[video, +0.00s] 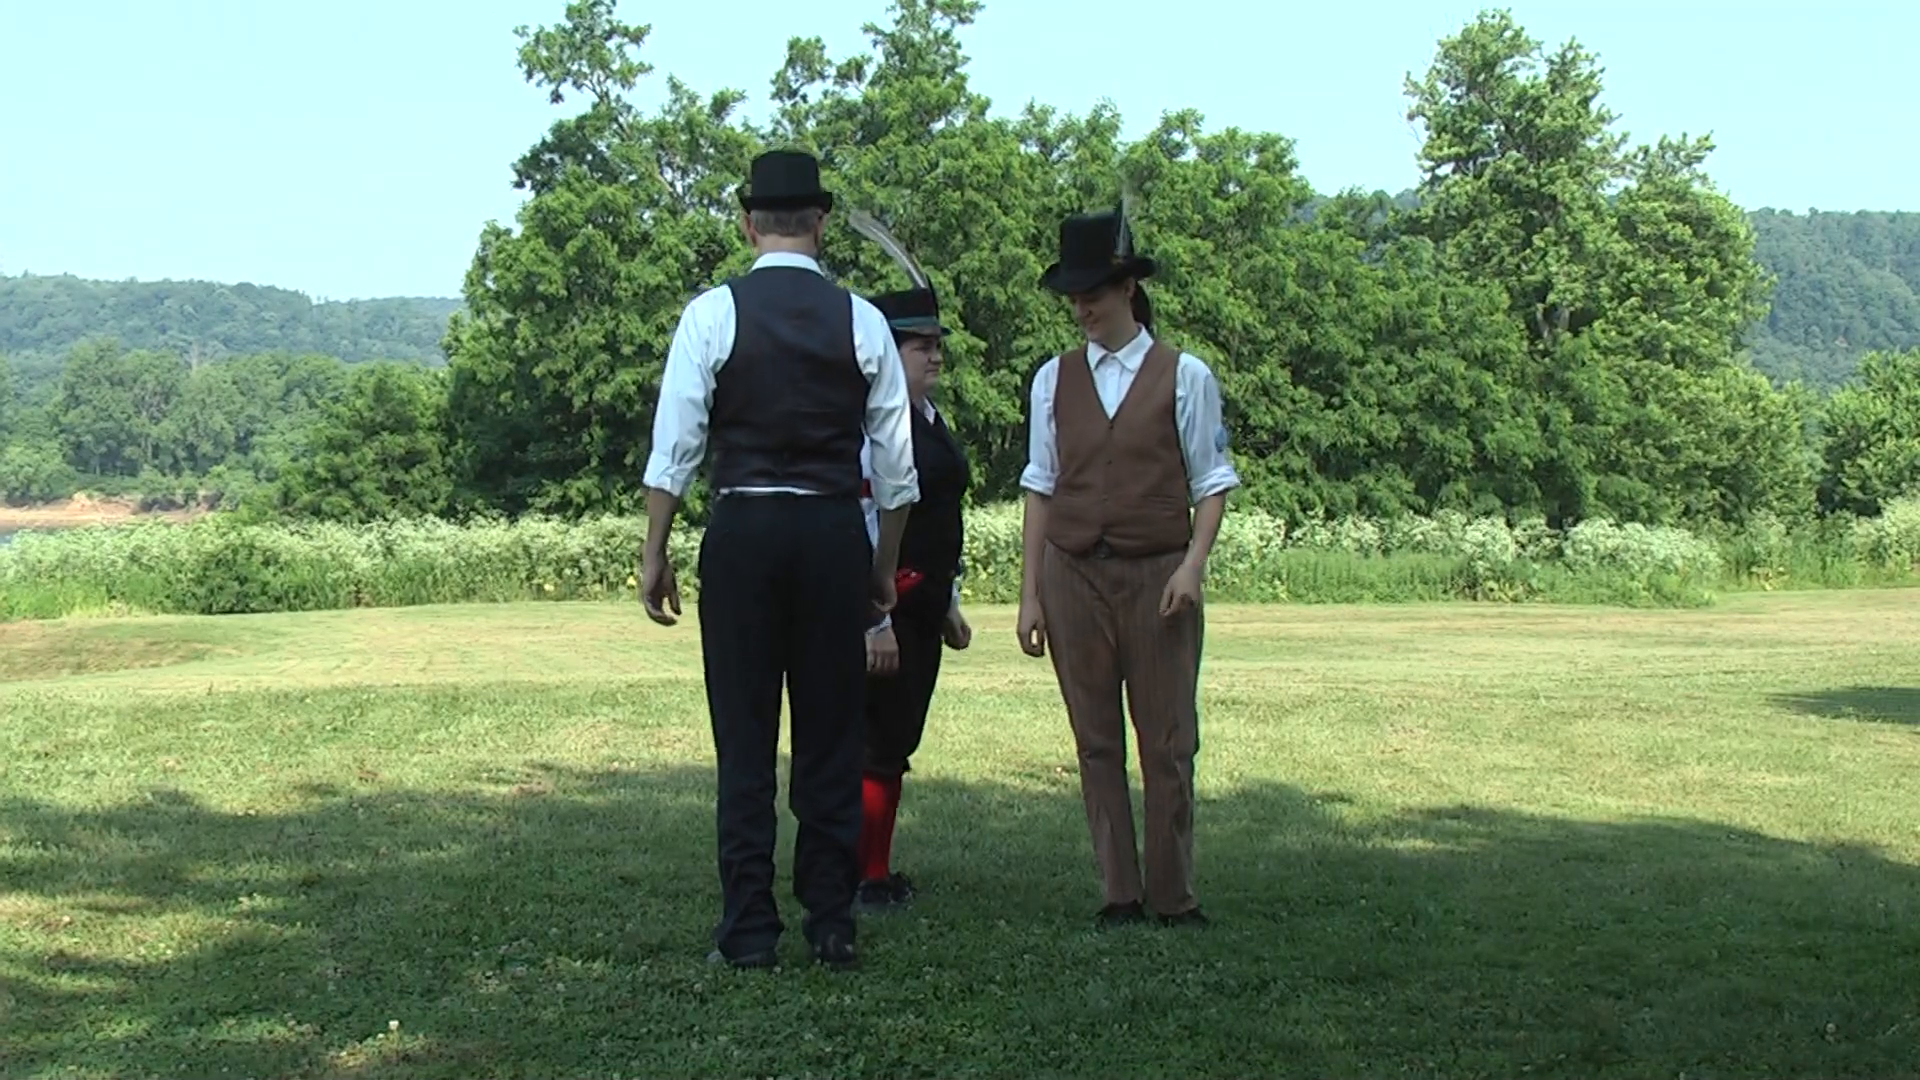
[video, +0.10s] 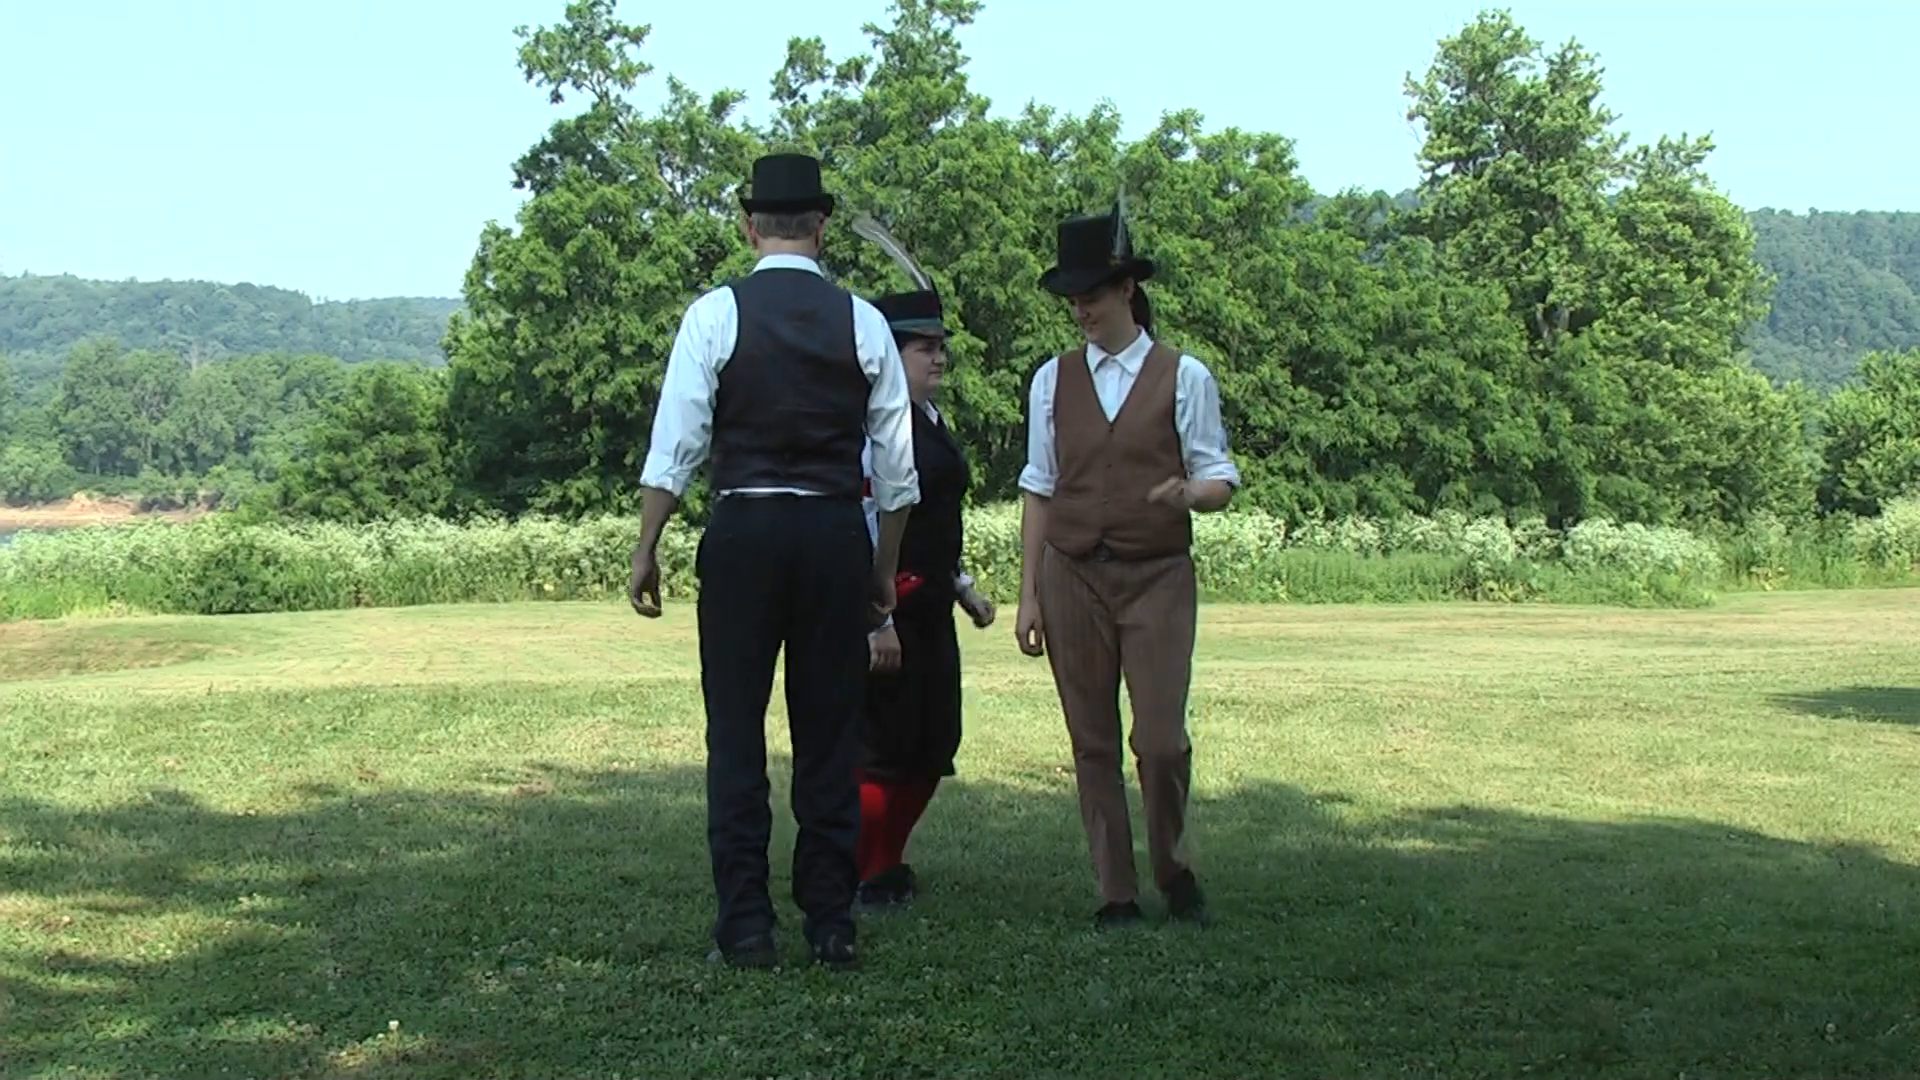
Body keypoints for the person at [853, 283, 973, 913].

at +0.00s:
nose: (934, 355)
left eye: (937, 344)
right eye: (920, 345)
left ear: (939, 353)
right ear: (887, 352)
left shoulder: (931, 419)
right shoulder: (873, 423)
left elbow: (938, 522)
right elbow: (858, 523)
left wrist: (947, 601)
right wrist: (874, 615)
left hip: (924, 606)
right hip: (881, 607)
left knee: (894, 746)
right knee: (878, 747)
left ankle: (877, 872)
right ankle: (867, 877)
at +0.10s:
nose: (939, 357)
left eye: (941, 346)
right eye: (925, 346)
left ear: (940, 354)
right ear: (890, 354)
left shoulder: (931, 423)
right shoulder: (875, 427)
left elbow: (931, 528)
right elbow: (859, 528)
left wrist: (961, 584)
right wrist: (876, 616)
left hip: (930, 610)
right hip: (884, 613)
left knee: (933, 748)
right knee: (886, 750)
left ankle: (887, 864)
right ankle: (865, 872)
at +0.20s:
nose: (946, 360)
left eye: (949, 349)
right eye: (934, 348)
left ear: (946, 356)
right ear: (897, 352)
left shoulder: (932, 420)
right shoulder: (879, 424)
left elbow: (937, 522)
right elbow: (860, 523)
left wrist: (1007, 525)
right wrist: (875, 614)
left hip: (935, 603)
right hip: (887, 606)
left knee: (980, 719)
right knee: (879, 744)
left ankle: (909, 824)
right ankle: (852, 874)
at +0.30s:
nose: (959, 357)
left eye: (960, 347)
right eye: (947, 347)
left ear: (948, 355)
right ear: (909, 354)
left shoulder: (949, 416)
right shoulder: (889, 420)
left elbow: (973, 493)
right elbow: (873, 523)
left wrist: (1032, 452)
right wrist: (882, 619)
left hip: (948, 599)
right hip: (898, 603)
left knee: (1015, 694)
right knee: (872, 744)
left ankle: (948, 800)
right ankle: (845, 873)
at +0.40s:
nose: (975, 361)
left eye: (976, 351)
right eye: (961, 351)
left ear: (972, 363)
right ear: (923, 362)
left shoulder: (985, 421)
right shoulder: (909, 428)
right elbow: (881, 531)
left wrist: (1054, 373)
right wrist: (898, 622)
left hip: (968, 608)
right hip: (910, 612)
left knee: (1036, 688)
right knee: (869, 744)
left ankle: (985, 804)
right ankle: (842, 873)